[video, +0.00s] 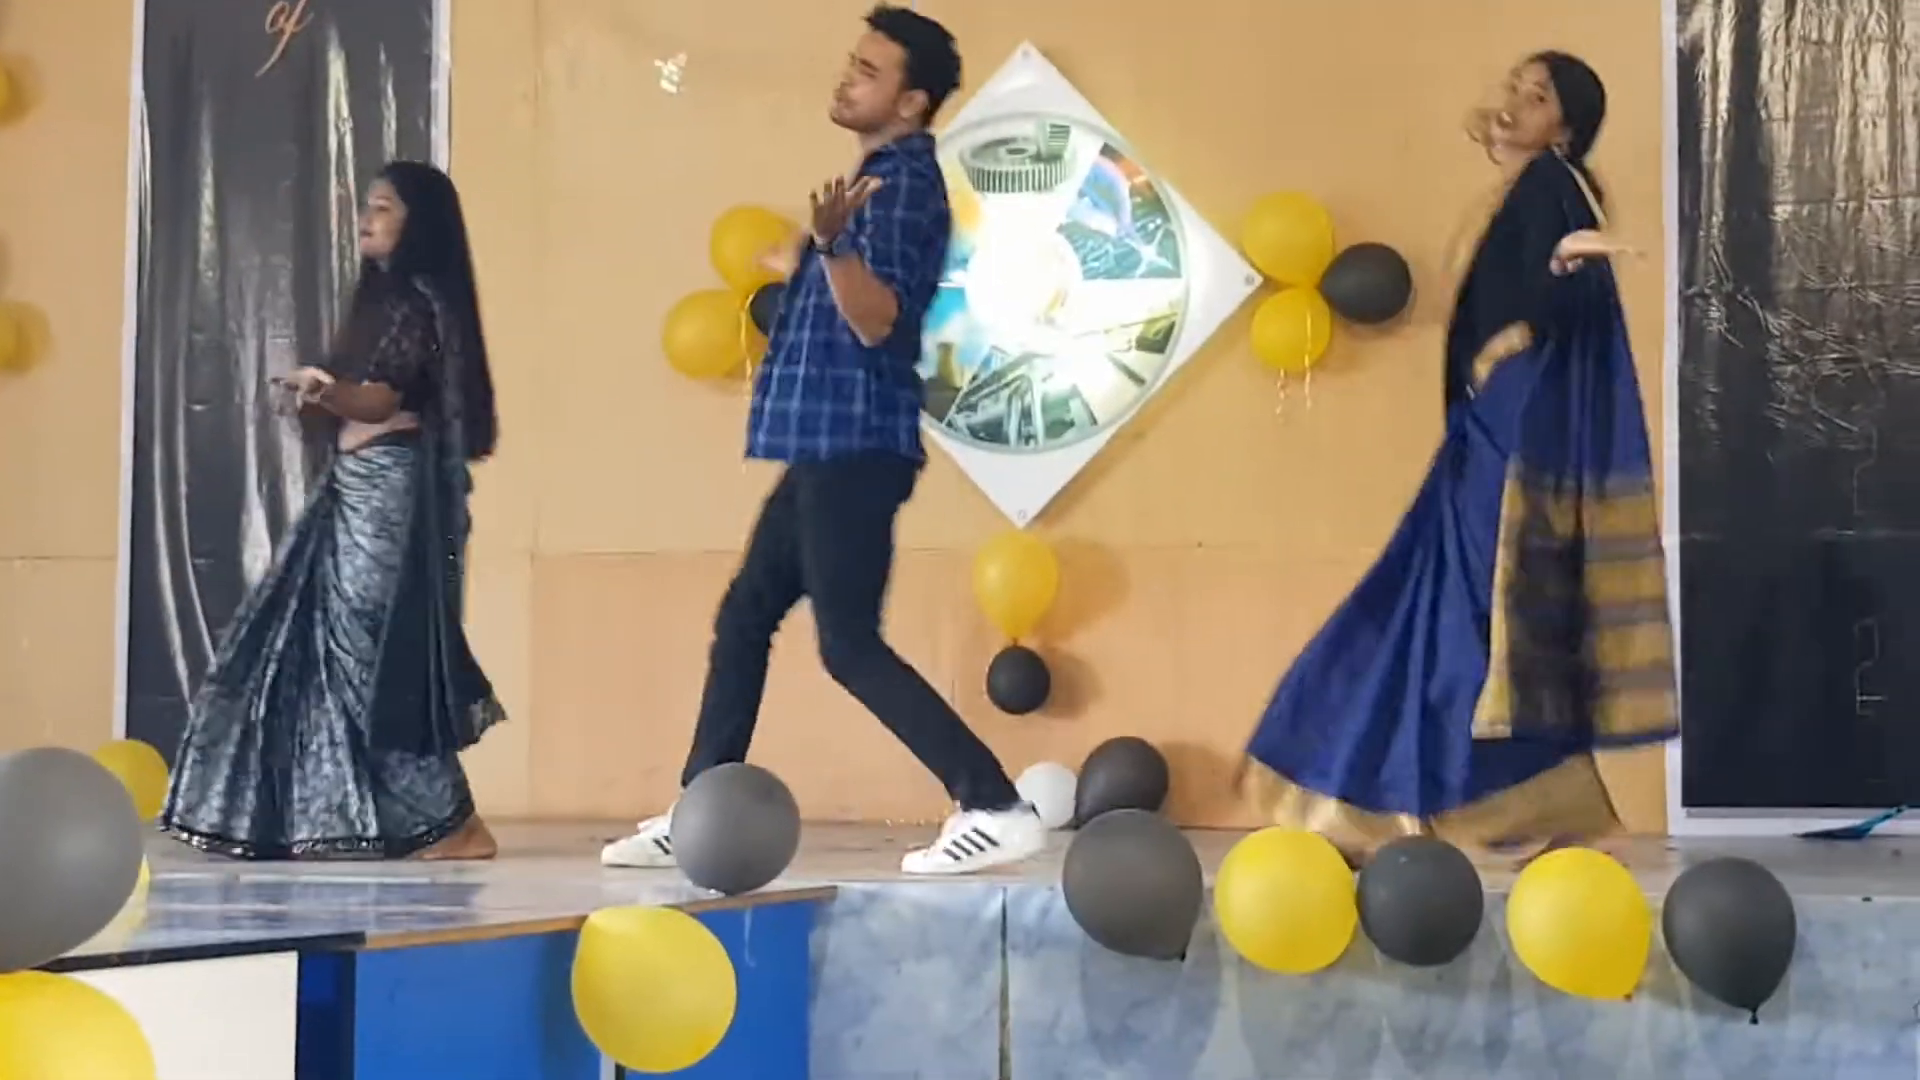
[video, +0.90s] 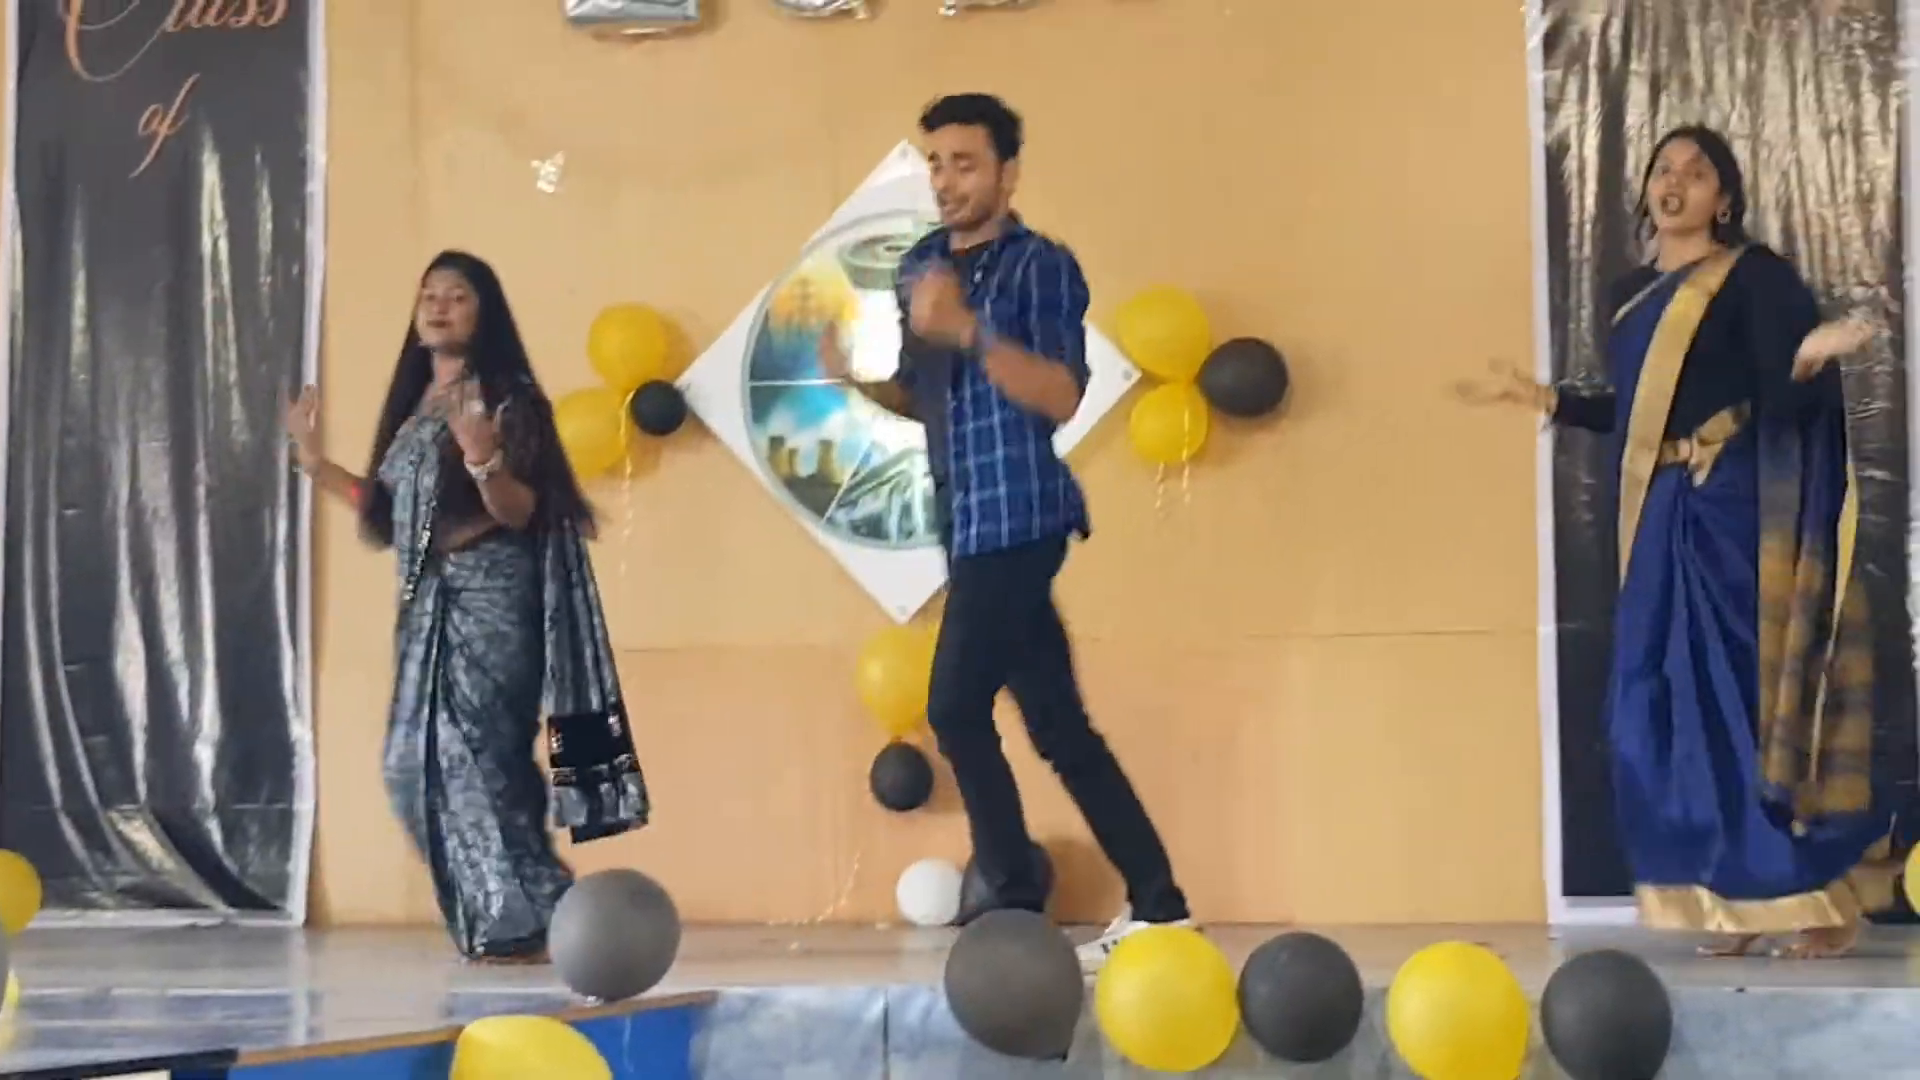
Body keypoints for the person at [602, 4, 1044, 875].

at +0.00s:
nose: (846, 80)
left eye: (868, 72)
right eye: (851, 65)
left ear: (915, 98)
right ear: (876, 85)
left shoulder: (907, 177)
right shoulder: (867, 179)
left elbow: (875, 320)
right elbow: (826, 317)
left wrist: (834, 241)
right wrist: (779, 289)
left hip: (860, 451)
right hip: (824, 451)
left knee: (850, 648)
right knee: (743, 622)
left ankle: (996, 806)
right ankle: (699, 822)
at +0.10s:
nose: (878, 86)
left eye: (899, 78)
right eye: (883, 71)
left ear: (946, 104)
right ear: (929, 101)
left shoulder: (936, 180)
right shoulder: (922, 179)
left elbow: (895, 320)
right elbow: (897, 309)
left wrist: (840, 245)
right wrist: (846, 251)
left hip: (907, 454)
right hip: (885, 453)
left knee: (882, 652)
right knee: (793, 622)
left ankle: (1004, 824)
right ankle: (728, 812)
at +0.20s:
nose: (912, 63)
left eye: (933, 54)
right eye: (917, 48)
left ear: (982, 79)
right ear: (972, 80)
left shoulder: (966, 151)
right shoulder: (970, 154)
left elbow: (933, 292)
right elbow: (940, 293)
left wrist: (867, 226)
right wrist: (878, 237)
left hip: (943, 423)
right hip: (937, 425)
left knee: (906, 625)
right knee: (831, 589)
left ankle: (1000, 824)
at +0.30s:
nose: (947, 46)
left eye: (969, 36)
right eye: (952, 30)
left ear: (1016, 63)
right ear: (998, 62)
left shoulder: (1004, 139)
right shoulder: (999, 136)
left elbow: (975, 276)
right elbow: (984, 281)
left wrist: (906, 201)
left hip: (980, 407)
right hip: (968, 406)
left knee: (937, 605)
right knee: (932, 603)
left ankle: (999, 823)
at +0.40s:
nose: (985, 54)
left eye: (1005, 44)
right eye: (989, 37)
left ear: (1054, 72)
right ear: (1049, 76)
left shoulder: (1039, 151)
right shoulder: (1055, 151)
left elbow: (1012, 288)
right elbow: (1021, 282)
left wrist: (945, 212)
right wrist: (955, 209)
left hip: (1001, 426)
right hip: (1048, 431)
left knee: (945, 616)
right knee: (1055, 631)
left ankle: (996, 828)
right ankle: (1210, 774)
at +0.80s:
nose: (981, 141)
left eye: (1002, 126)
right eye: (976, 125)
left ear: (1051, 143)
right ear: (972, 141)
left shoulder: (1059, 216)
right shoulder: (998, 239)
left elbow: (1073, 327)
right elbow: (965, 362)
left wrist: (994, 235)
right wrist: (903, 279)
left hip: (1049, 487)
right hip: (1046, 492)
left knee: (950, 663)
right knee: (1111, 703)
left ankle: (1059, 851)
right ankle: (1195, 889)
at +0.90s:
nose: (945, 180)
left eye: (963, 163)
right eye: (935, 165)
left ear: (1007, 171)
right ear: (928, 173)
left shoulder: (1041, 264)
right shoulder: (931, 269)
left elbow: (1062, 398)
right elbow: (935, 402)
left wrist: (967, 332)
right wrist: (862, 382)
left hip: (1021, 517)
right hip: (973, 524)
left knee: (957, 709)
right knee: (1062, 732)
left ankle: (1014, 893)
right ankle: (1161, 904)